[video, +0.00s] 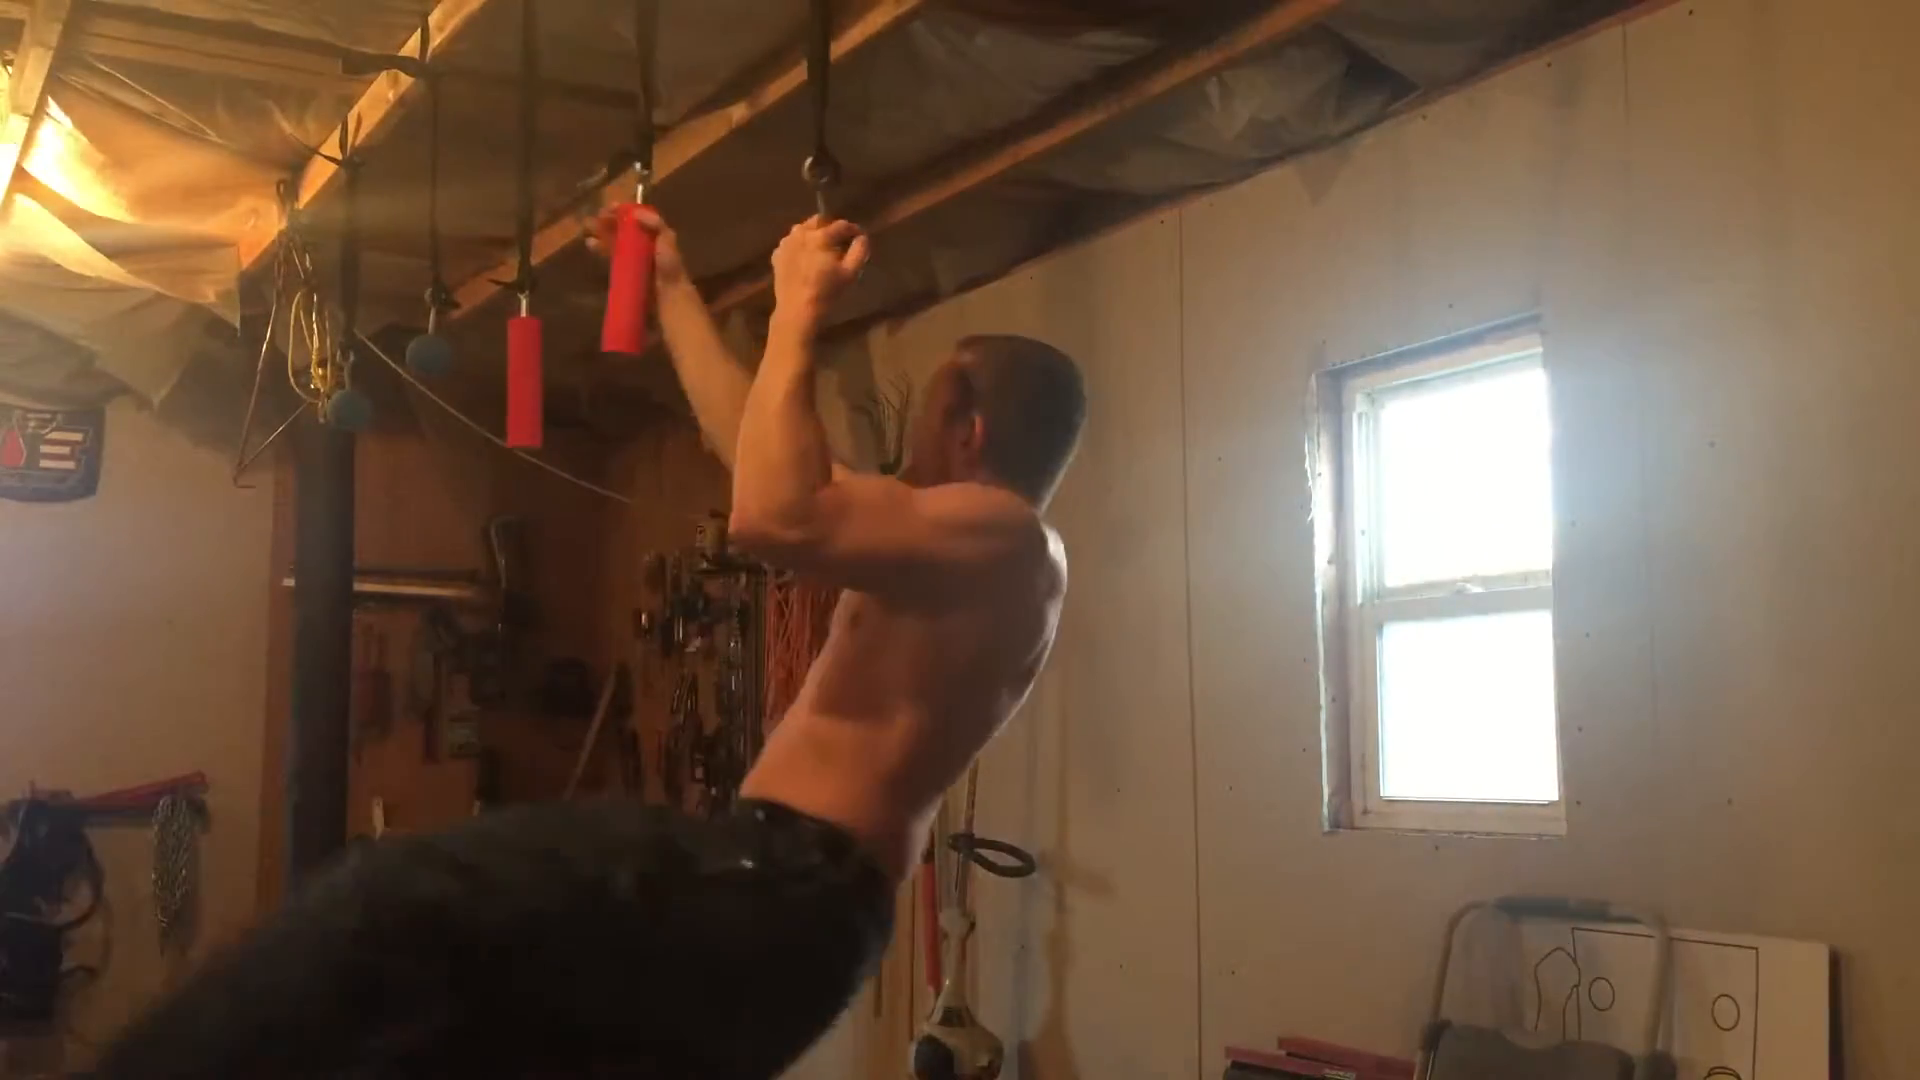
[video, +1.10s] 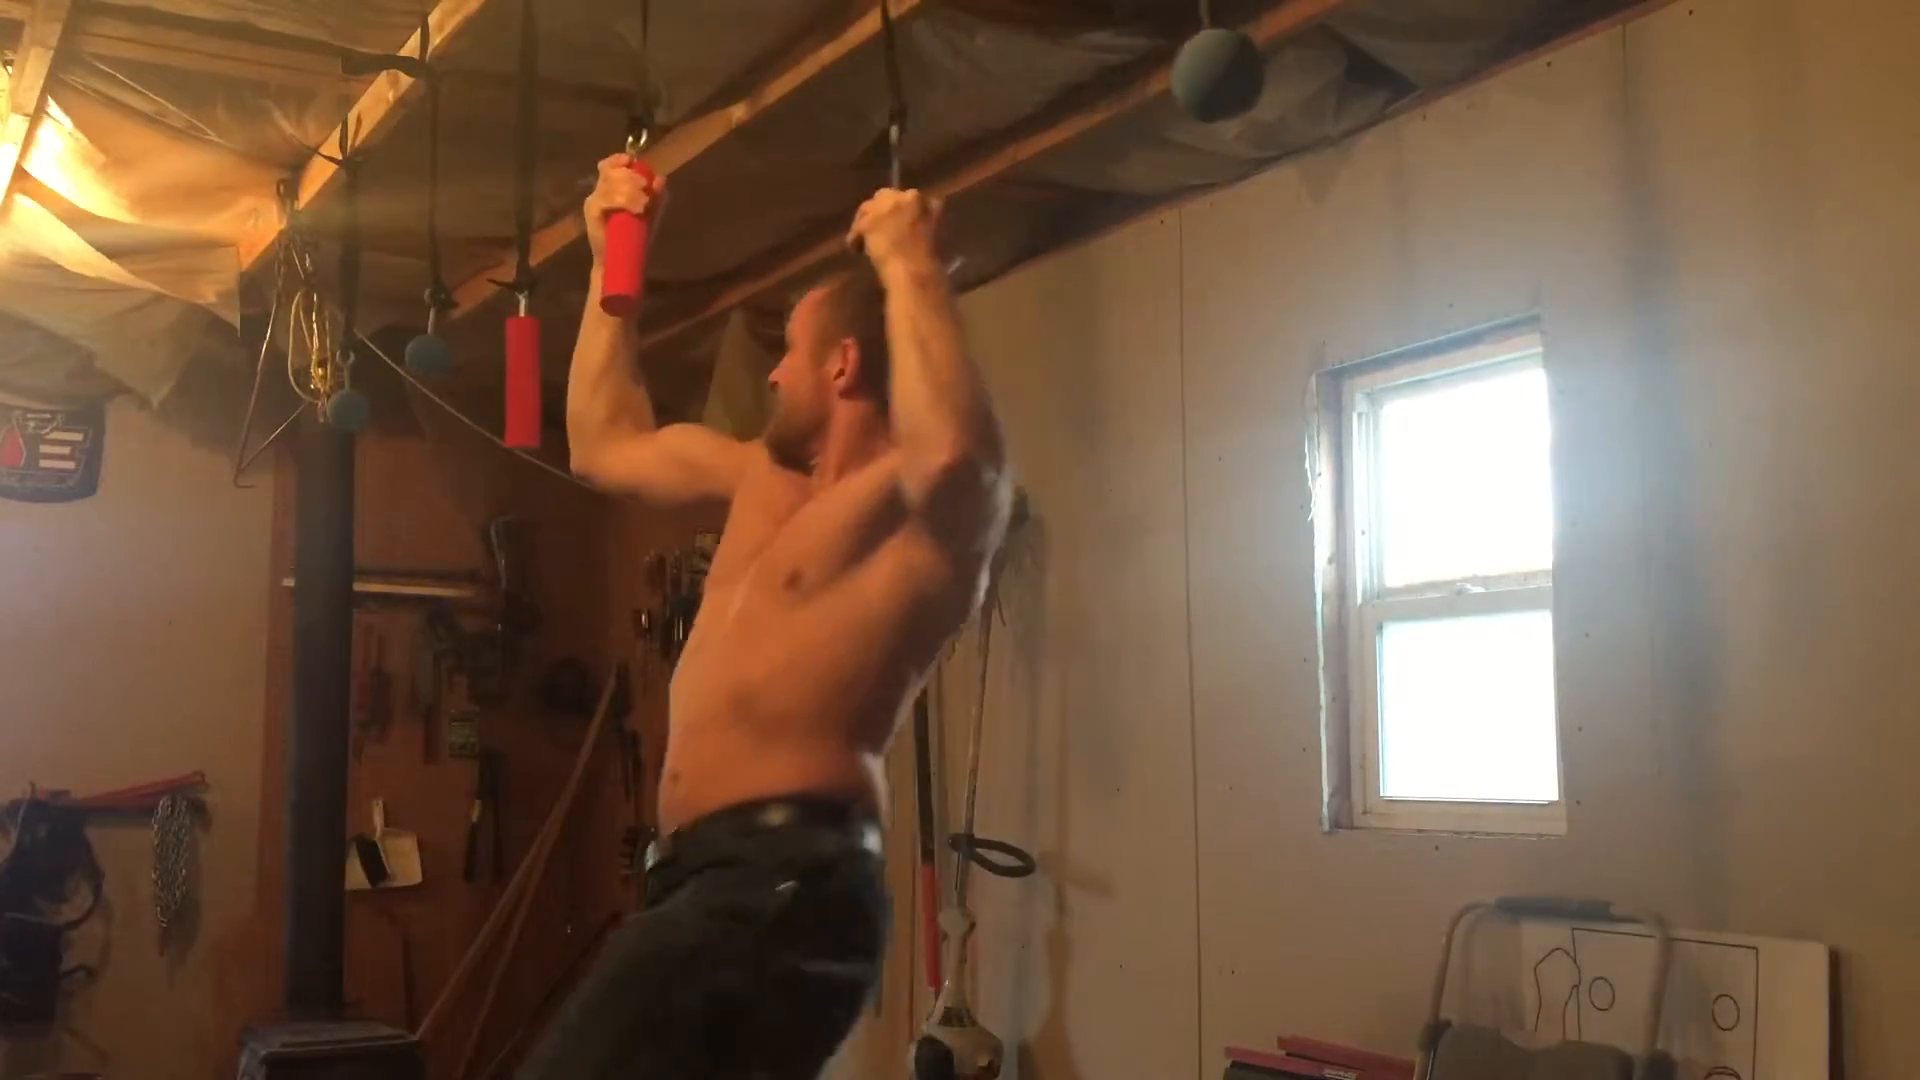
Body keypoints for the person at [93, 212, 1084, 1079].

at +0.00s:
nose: (917, 424)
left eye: (933, 404)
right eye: (924, 404)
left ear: (971, 413)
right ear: (1019, 436)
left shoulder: (1004, 534)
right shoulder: (966, 538)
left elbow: (778, 511)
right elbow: (761, 465)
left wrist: (798, 310)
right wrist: (670, 287)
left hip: (786, 885)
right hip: (781, 880)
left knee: (397, 908)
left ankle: (149, 1067)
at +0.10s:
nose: (899, 399)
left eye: (920, 383)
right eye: (910, 381)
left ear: (968, 408)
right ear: (978, 414)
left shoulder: (1014, 511)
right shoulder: (935, 504)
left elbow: (801, 506)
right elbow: (730, 451)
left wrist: (809, 311)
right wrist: (671, 288)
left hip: (843, 894)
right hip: (799, 875)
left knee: (460, 1005)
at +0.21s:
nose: (899, 390)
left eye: (918, 370)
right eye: (907, 370)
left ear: (970, 392)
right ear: (977, 398)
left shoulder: (1028, 491)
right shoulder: (918, 497)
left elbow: (821, 499)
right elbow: (719, 449)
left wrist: (823, 300)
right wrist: (675, 266)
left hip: (866, 899)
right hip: (819, 886)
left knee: (499, 1058)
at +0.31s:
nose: (890, 371)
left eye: (908, 352)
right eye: (896, 352)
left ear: (962, 372)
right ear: (965, 375)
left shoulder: (1035, 466)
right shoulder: (894, 468)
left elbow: (830, 486)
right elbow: (706, 443)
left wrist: (825, 284)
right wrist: (683, 260)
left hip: (885, 889)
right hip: (825, 879)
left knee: (613, 1063)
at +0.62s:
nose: (854, 313)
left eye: (884, 289)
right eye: (867, 286)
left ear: (959, 303)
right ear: (886, 302)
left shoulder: (1050, 407)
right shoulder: (830, 431)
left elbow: (963, 422)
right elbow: (658, 422)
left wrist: (911, 233)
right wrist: (660, 232)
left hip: (901, 824)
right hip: (778, 832)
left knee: (757, 1061)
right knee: (674, 1058)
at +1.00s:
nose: (801, 351)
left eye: (819, 325)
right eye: (810, 327)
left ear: (877, 338)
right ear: (864, 342)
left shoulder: (957, 466)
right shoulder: (772, 458)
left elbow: (1017, 439)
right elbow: (615, 437)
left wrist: (953, 250)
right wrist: (621, 243)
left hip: (830, 840)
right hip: (707, 848)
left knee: (696, 1060)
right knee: (619, 1059)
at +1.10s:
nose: (772, 374)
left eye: (787, 352)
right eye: (778, 353)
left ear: (844, 367)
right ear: (846, 368)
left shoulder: (925, 506)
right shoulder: (755, 476)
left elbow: (951, 454)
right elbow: (605, 445)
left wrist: (913, 263)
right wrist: (615, 257)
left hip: (788, 880)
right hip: (695, 876)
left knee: (575, 1061)